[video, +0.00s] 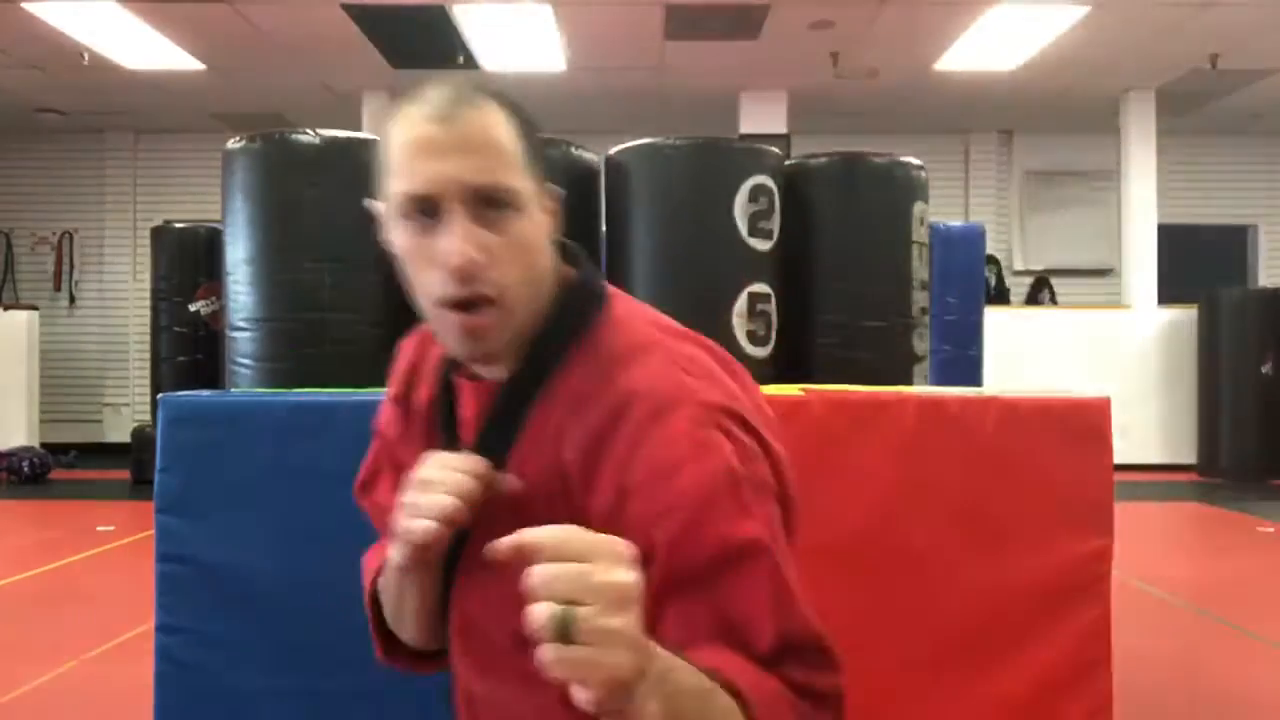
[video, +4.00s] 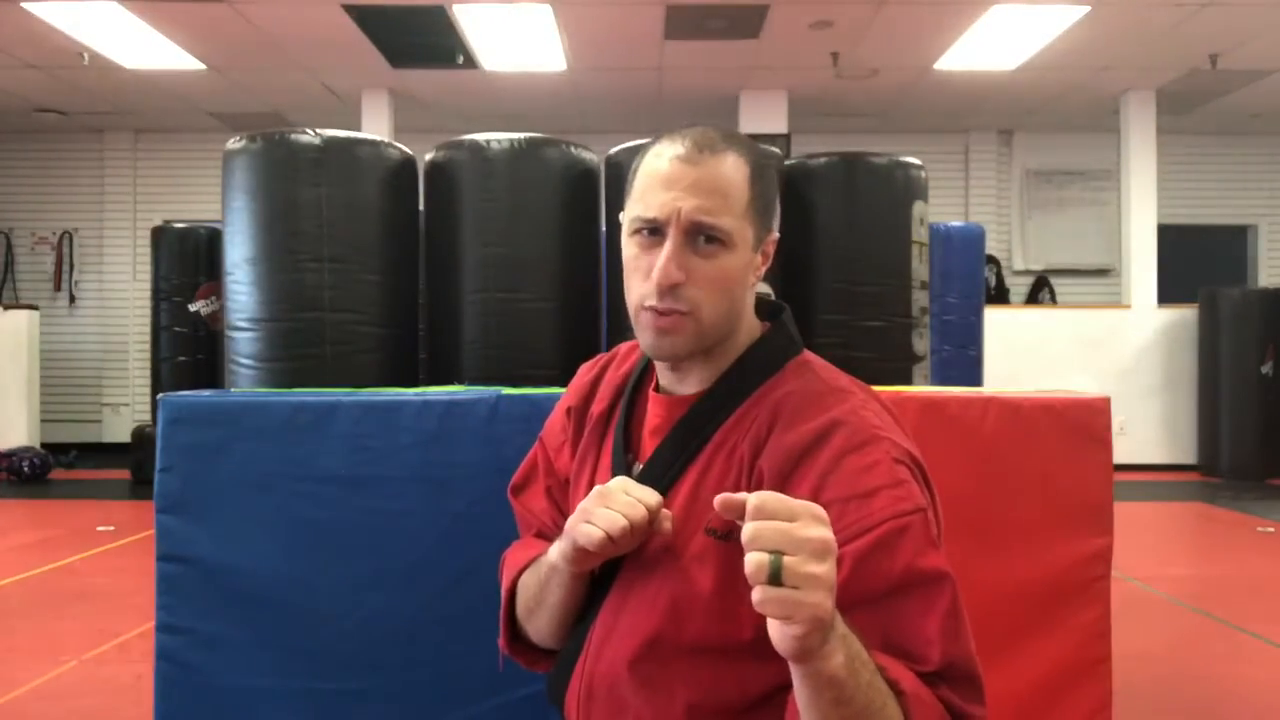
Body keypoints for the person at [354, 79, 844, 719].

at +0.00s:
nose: (460, 255)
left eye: (492, 208)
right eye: (423, 214)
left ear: (550, 215)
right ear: (386, 235)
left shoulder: (672, 410)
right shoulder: (425, 367)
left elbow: (790, 698)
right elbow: (415, 635)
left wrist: (645, 677)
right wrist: (414, 566)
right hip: (491, 706)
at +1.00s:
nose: (684, 254)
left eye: (716, 223)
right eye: (658, 220)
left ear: (760, 240)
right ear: (618, 235)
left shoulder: (843, 427)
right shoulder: (602, 390)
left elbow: (914, 706)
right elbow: (536, 631)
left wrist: (816, 617)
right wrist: (573, 540)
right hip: (592, 706)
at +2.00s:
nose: (691, 263)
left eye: (723, 231)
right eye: (665, 228)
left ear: (767, 244)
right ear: (625, 241)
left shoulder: (846, 434)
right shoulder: (605, 388)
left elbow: (913, 706)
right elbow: (538, 625)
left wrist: (816, 630)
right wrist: (572, 545)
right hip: (594, 707)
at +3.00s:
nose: (656, 272)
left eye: (703, 245)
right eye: (650, 232)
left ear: (770, 271)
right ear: (630, 234)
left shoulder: (846, 444)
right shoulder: (605, 383)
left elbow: (920, 705)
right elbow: (532, 619)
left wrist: (808, 644)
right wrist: (565, 549)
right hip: (589, 704)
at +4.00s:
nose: (665, 274)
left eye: (707, 240)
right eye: (649, 233)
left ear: (762, 260)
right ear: (622, 242)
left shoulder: (844, 440)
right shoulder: (598, 389)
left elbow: (929, 708)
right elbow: (534, 631)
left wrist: (821, 650)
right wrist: (567, 558)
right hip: (588, 708)